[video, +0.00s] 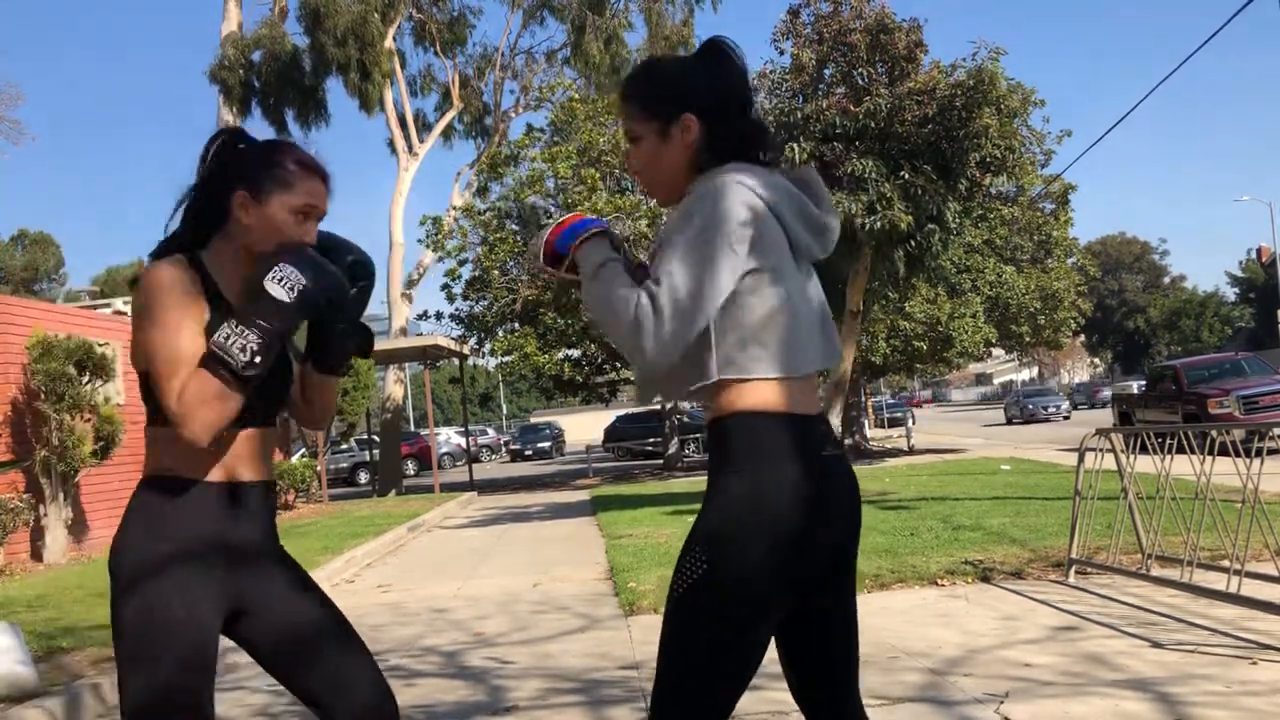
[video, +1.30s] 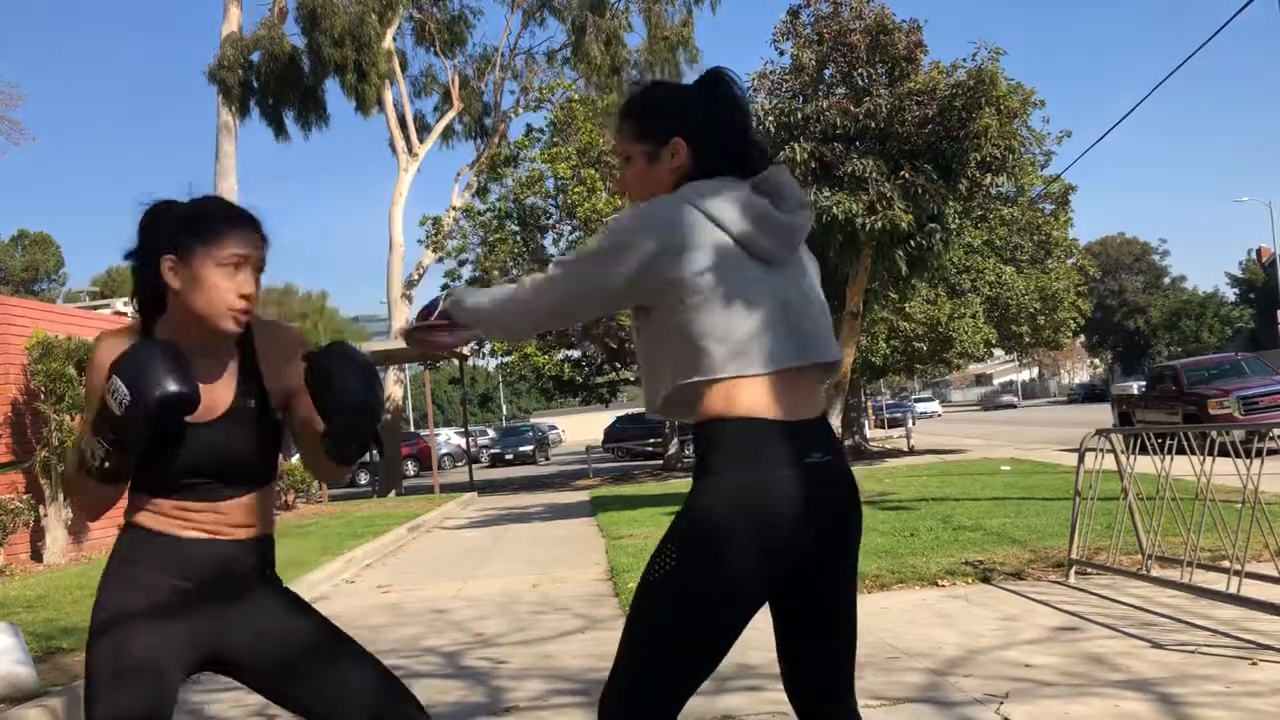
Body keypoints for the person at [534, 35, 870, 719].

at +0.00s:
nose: (627, 162)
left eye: (635, 139)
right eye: (627, 142)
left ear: (686, 131)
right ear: (685, 133)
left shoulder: (721, 198)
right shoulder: (762, 199)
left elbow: (656, 339)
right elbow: (675, 365)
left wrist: (589, 243)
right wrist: (610, 270)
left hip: (758, 478)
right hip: (817, 471)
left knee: (683, 706)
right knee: (834, 703)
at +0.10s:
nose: (649, 165)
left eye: (655, 146)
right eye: (646, 149)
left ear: (705, 135)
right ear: (711, 133)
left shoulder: (735, 199)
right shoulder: (789, 203)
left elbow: (620, 279)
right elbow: (656, 276)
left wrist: (610, 183)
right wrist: (609, 198)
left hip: (764, 480)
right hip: (829, 474)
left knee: (685, 706)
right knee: (836, 702)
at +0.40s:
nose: (638, 172)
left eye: (646, 151)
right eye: (636, 154)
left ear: (692, 137)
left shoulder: (707, 198)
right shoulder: (779, 207)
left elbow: (561, 236)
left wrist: (599, 121)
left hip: (753, 479)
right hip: (828, 473)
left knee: (692, 706)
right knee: (833, 700)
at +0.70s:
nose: (637, 178)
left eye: (642, 159)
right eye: (635, 162)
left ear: (689, 148)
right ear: (695, 148)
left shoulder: (697, 210)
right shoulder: (781, 217)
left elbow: (566, 273)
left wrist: (525, 155)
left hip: (756, 483)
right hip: (836, 480)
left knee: (655, 706)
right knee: (838, 704)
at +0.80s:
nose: (635, 176)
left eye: (640, 156)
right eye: (634, 159)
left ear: (686, 145)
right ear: (691, 144)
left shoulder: (708, 207)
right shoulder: (774, 215)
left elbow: (607, 299)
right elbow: (622, 292)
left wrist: (522, 218)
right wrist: (535, 235)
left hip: (749, 486)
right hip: (818, 483)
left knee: (662, 706)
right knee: (828, 703)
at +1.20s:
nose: (613, 174)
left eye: (619, 155)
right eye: (611, 157)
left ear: (667, 147)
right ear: (675, 144)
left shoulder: (658, 220)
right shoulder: (770, 215)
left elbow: (541, 285)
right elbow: (682, 325)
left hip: (737, 484)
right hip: (822, 479)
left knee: (651, 706)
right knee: (831, 702)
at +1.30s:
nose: (619, 178)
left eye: (625, 160)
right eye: (618, 162)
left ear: (675, 155)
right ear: (678, 152)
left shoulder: (663, 225)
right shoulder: (779, 220)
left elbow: (550, 301)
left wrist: (456, 303)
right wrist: (476, 313)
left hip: (740, 490)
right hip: (824, 485)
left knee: (632, 706)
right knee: (829, 703)